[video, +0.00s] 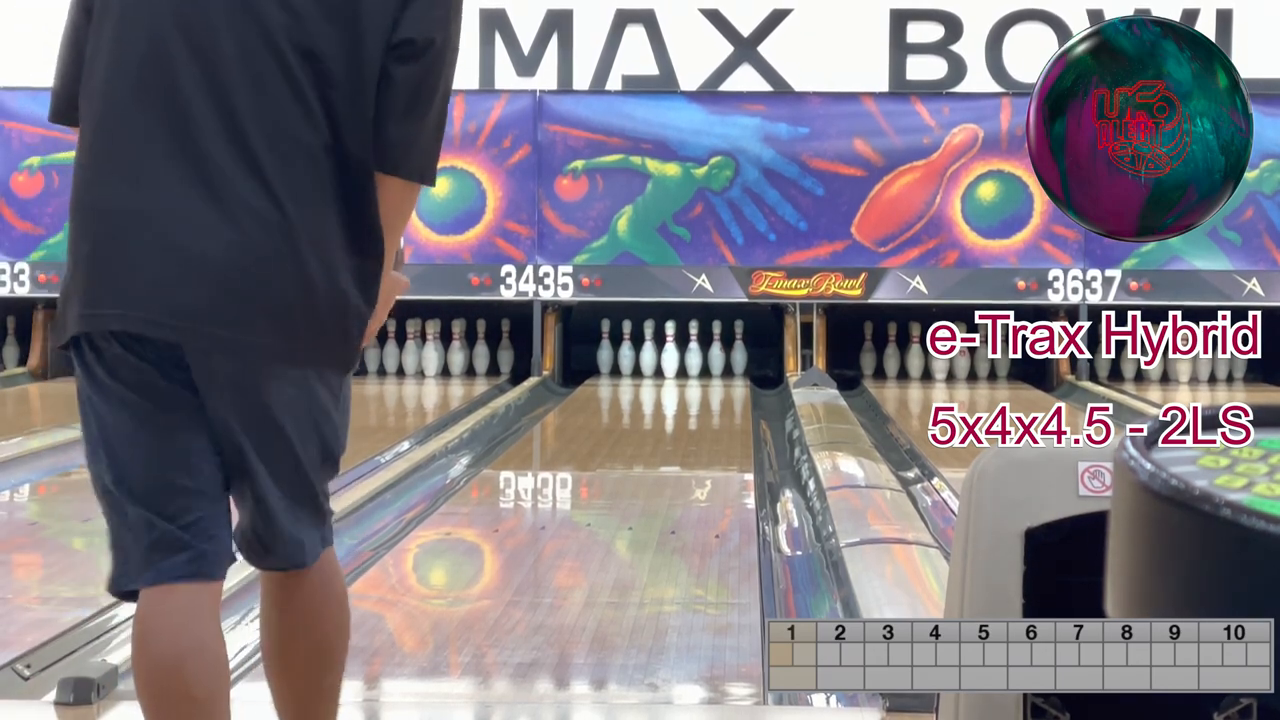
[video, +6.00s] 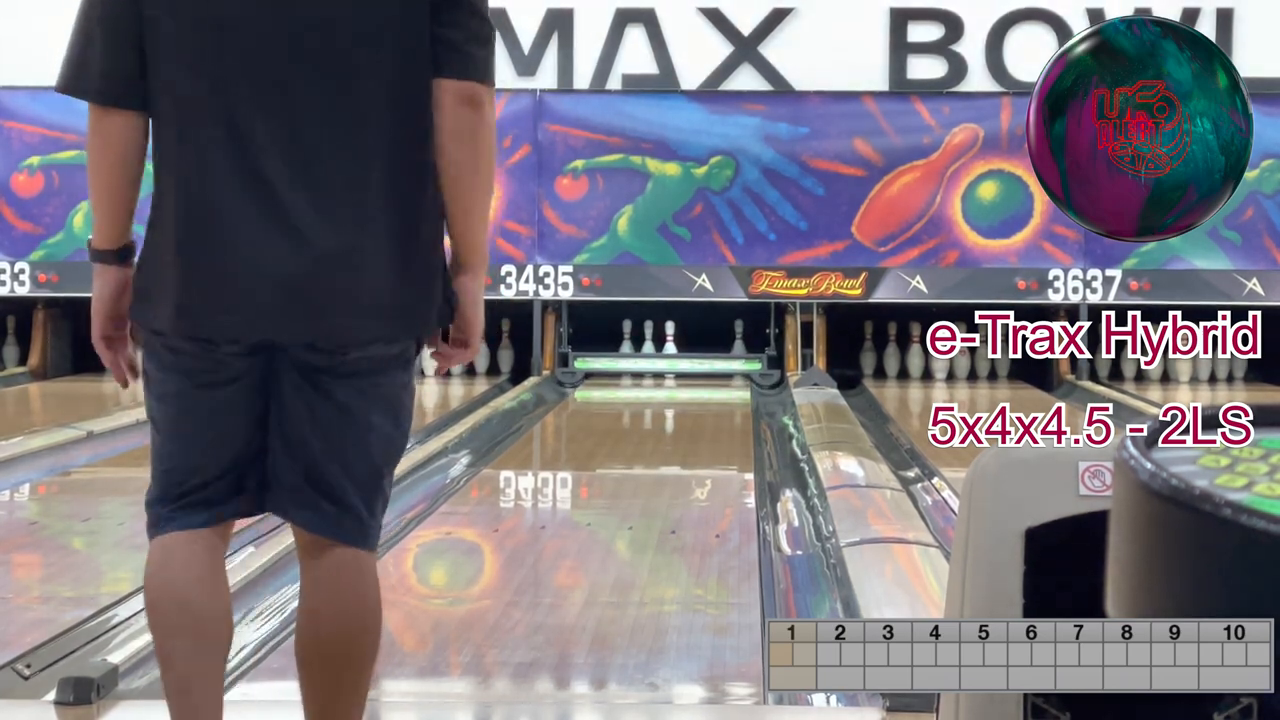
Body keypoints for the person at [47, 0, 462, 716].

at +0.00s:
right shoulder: (414, 4)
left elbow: (83, 98)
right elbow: (406, 129)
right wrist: (376, 261)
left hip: (117, 258)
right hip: (287, 266)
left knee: (170, 567)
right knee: (296, 543)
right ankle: (310, 717)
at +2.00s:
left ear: (353, 14)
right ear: (433, 17)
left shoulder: (293, 74)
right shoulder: (453, 62)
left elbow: (195, 199)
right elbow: (542, 62)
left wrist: (203, 269)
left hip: (227, 251)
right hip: (324, 247)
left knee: (280, 464)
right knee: (286, 446)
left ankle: (313, 671)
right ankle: (137, 566)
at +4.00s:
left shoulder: (175, 2)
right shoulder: (385, 2)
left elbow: (143, 123)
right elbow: (410, 129)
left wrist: (152, 252)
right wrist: (445, 260)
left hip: (193, 257)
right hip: (310, 265)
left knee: (194, 451)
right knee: (289, 484)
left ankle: (172, 671)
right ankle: (271, 696)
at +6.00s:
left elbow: (117, 98)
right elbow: (464, 92)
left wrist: (112, 257)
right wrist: (470, 267)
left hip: (202, 267)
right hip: (366, 270)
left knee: (187, 522)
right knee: (340, 538)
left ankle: (195, 713)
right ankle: (335, 717)